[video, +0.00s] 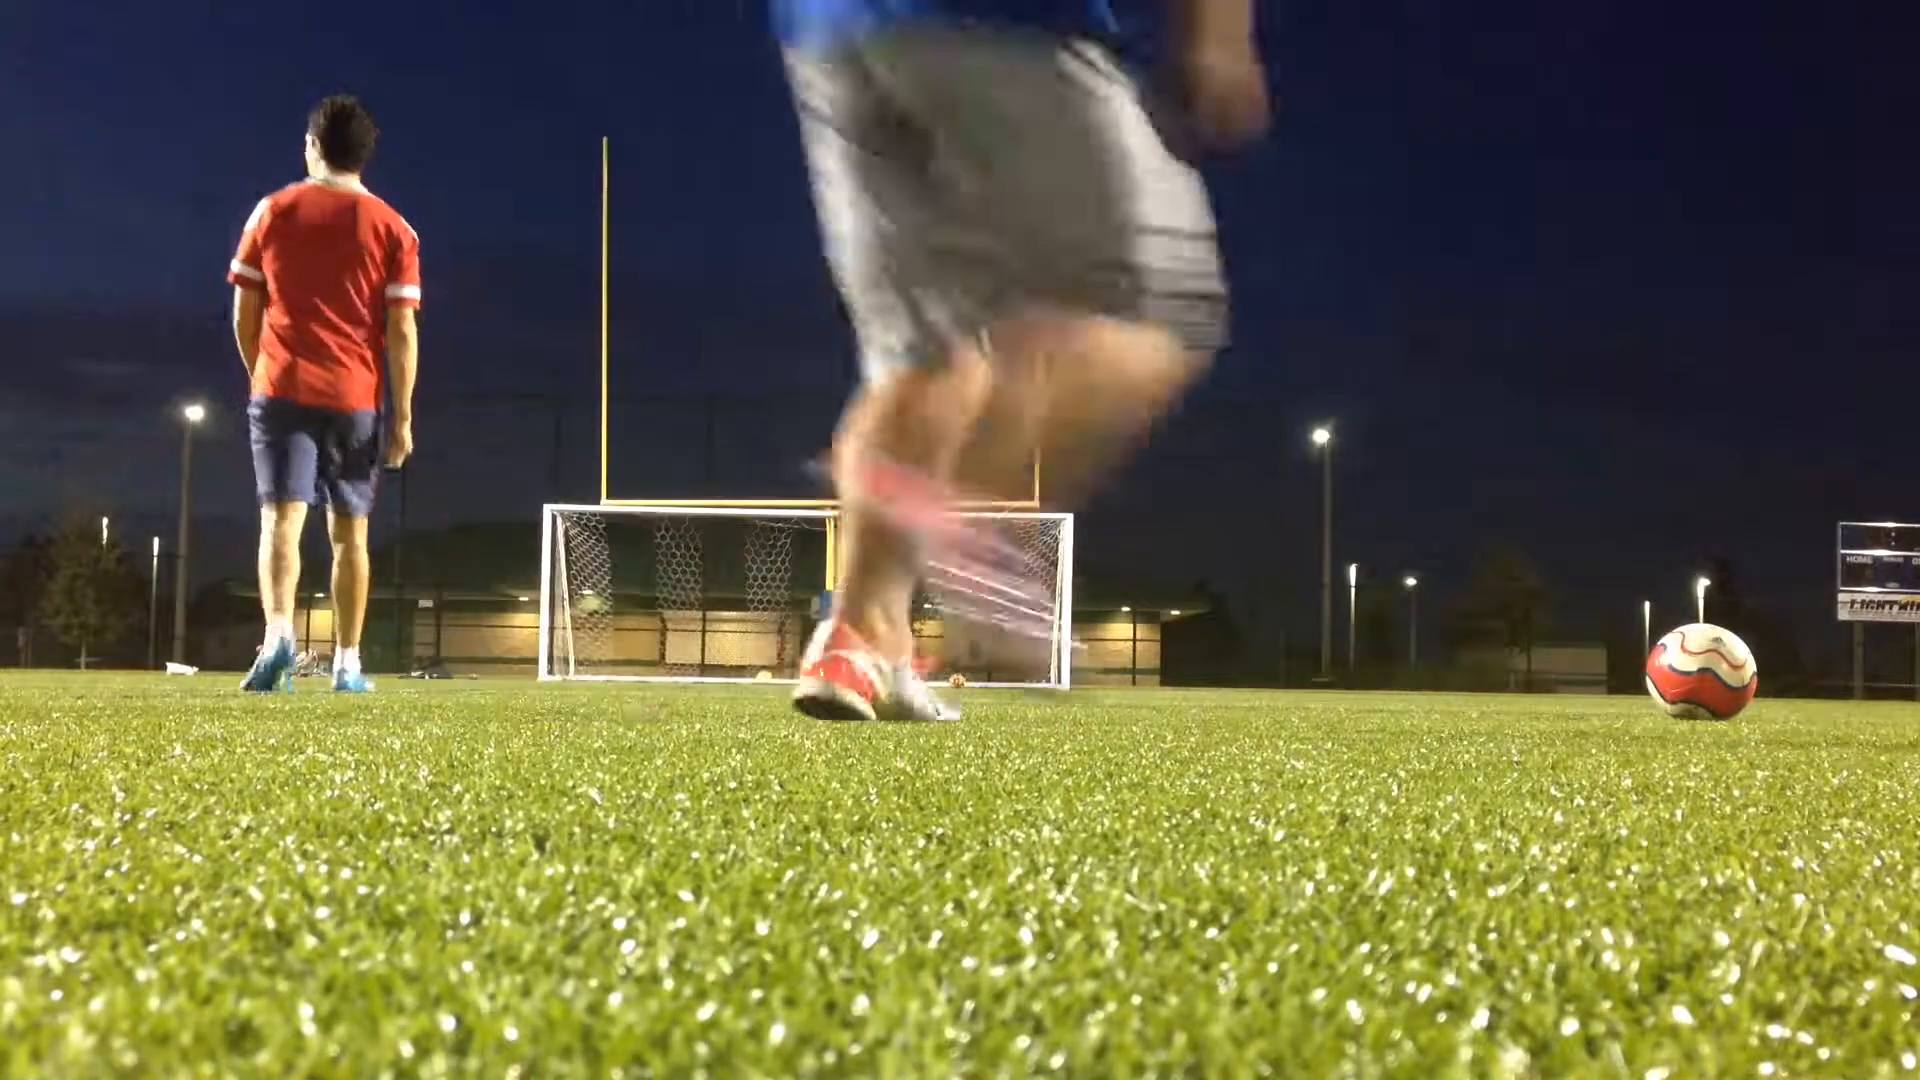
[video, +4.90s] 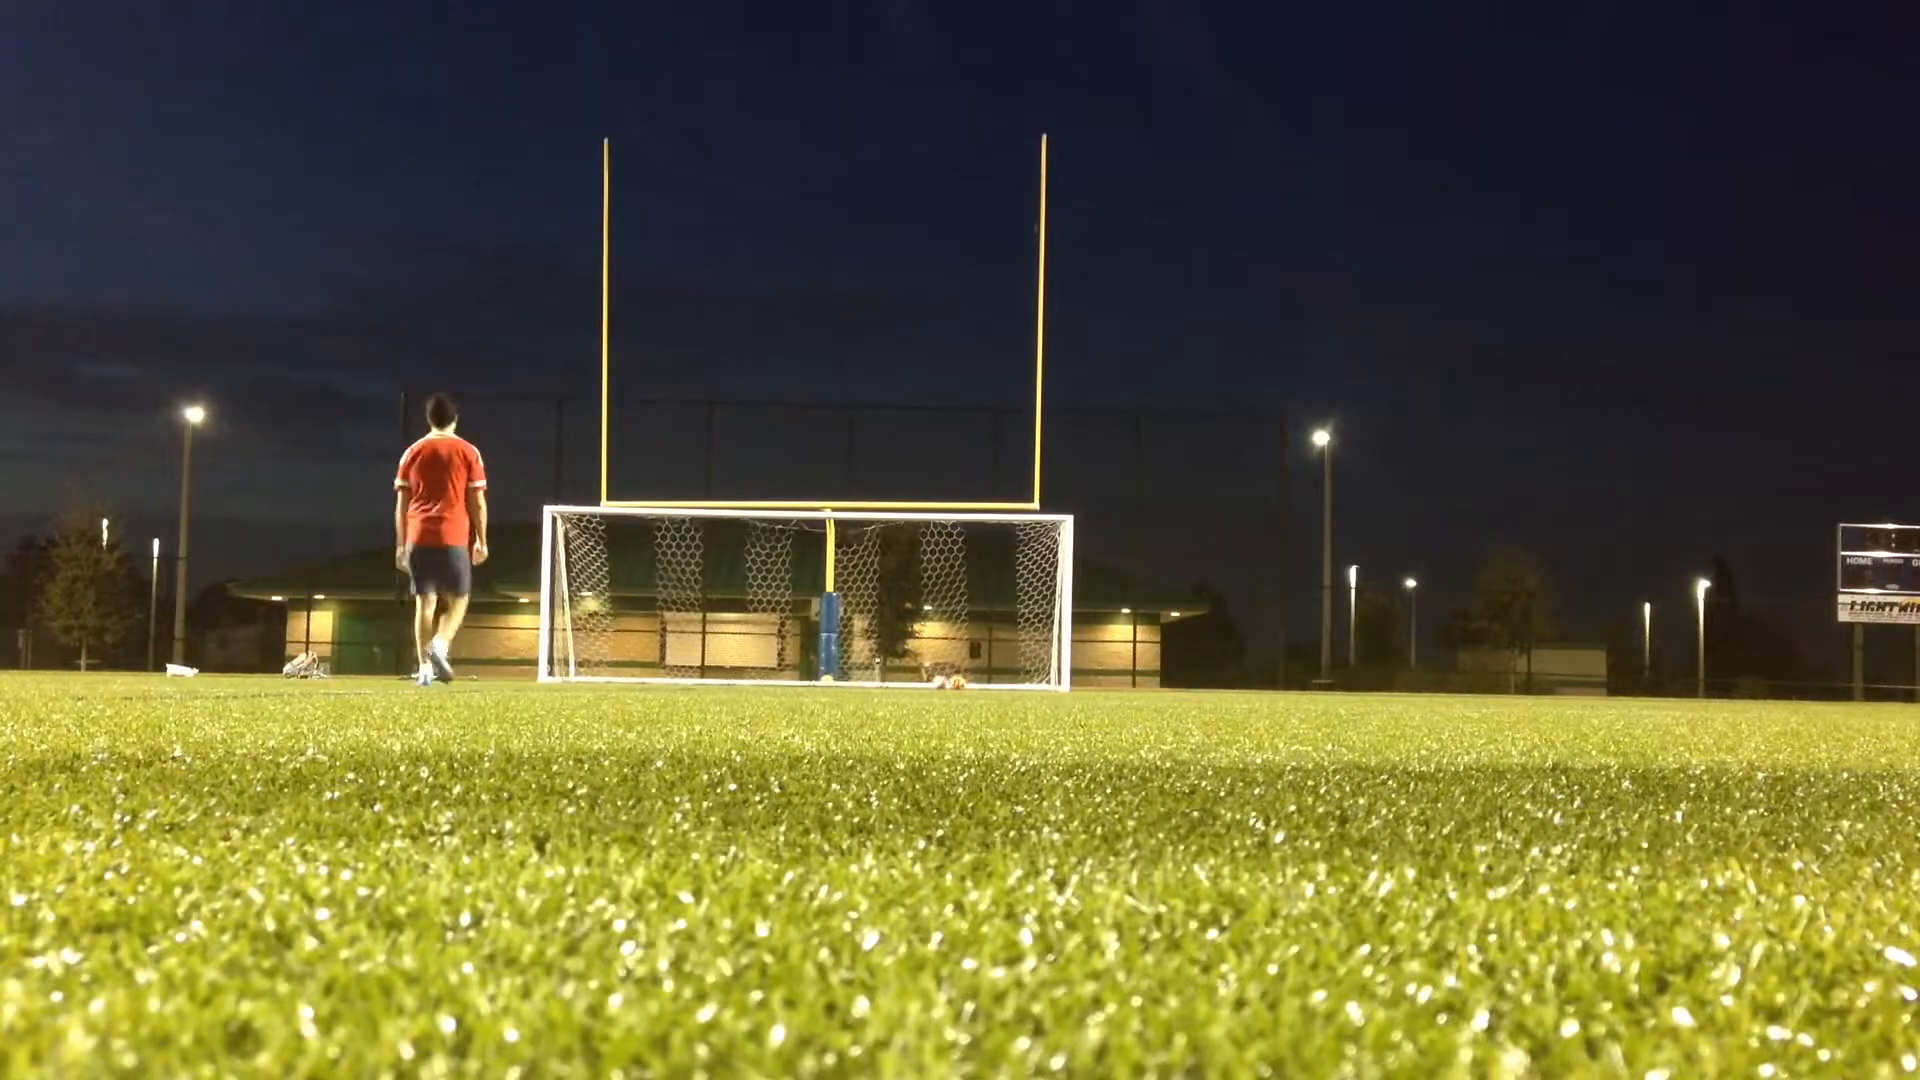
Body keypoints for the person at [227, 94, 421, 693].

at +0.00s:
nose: (305, 150)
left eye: (307, 142)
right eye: (311, 142)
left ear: (313, 148)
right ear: (367, 153)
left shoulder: (274, 210)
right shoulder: (393, 228)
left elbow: (245, 312)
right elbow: (401, 331)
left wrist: (262, 375)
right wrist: (402, 416)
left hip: (279, 387)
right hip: (354, 396)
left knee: (280, 519)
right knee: (349, 534)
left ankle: (278, 638)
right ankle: (347, 664)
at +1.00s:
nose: (308, 236)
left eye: (308, 230)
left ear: (309, 234)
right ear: (356, 237)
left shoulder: (281, 286)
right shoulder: (383, 298)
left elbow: (255, 372)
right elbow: (390, 382)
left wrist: (266, 426)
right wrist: (388, 452)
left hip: (293, 431)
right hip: (351, 438)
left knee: (304, 545)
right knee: (339, 555)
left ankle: (311, 654)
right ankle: (330, 658)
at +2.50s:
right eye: (331, 318)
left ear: (296, 322)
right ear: (334, 323)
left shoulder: (276, 365)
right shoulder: (358, 369)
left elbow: (258, 430)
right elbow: (371, 438)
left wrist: (246, 487)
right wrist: (365, 478)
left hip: (285, 482)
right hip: (336, 482)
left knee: (280, 572)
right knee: (324, 576)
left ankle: (272, 659)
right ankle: (315, 662)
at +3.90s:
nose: (351, 384)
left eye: (352, 379)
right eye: (354, 379)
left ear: (355, 382)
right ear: (384, 382)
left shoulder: (337, 419)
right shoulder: (403, 421)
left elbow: (323, 476)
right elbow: (411, 476)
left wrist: (319, 521)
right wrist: (412, 519)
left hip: (341, 516)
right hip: (383, 517)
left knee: (347, 591)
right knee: (386, 589)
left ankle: (347, 666)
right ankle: (365, 638)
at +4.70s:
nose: (418, 421)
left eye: (417, 417)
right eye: (424, 417)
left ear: (418, 419)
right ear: (444, 419)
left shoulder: (404, 453)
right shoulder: (461, 454)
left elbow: (389, 500)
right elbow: (471, 501)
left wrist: (380, 542)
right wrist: (470, 528)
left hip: (409, 538)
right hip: (443, 538)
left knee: (418, 604)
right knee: (433, 602)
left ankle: (424, 666)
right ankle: (416, 660)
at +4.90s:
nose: (448, 422)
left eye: (436, 417)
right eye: (452, 418)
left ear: (428, 419)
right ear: (455, 420)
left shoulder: (412, 452)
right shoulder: (468, 452)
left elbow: (402, 502)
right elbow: (478, 501)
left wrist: (400, 543)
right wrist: (481, 538)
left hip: (418, 538)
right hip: (454, 538)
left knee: (424, 602)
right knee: (458, 600)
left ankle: (424, 669)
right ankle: (440, 643)